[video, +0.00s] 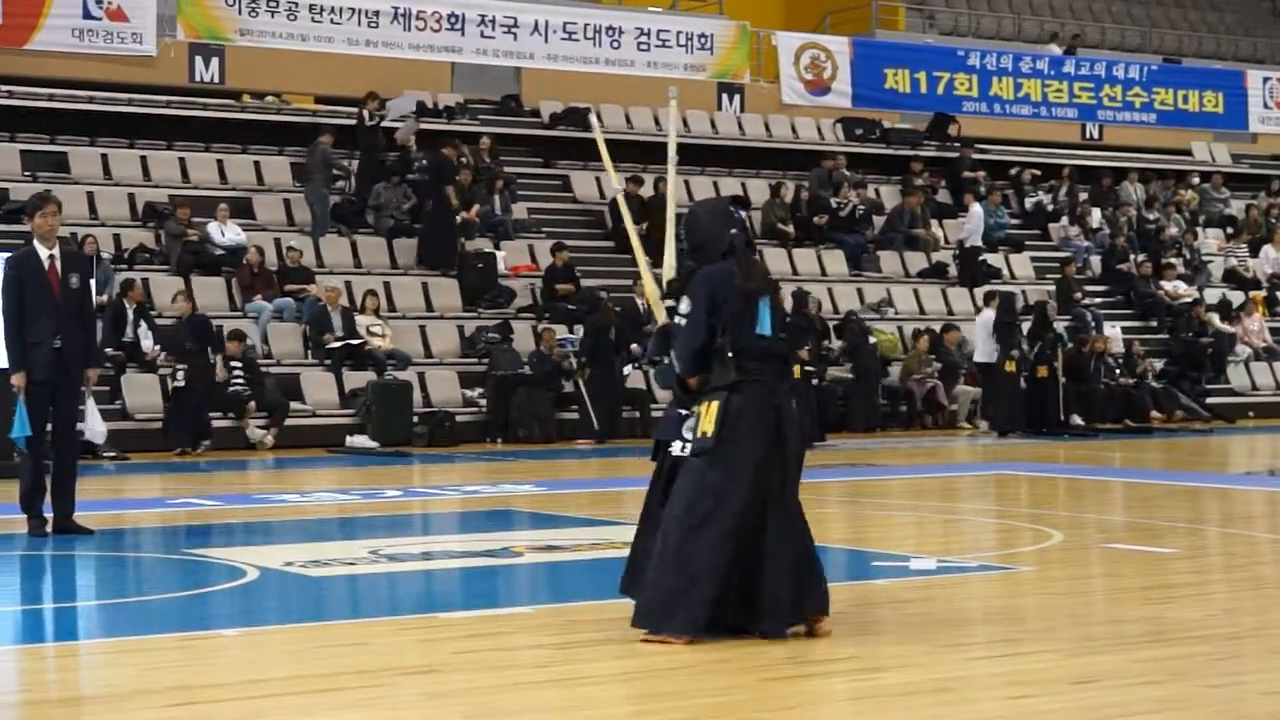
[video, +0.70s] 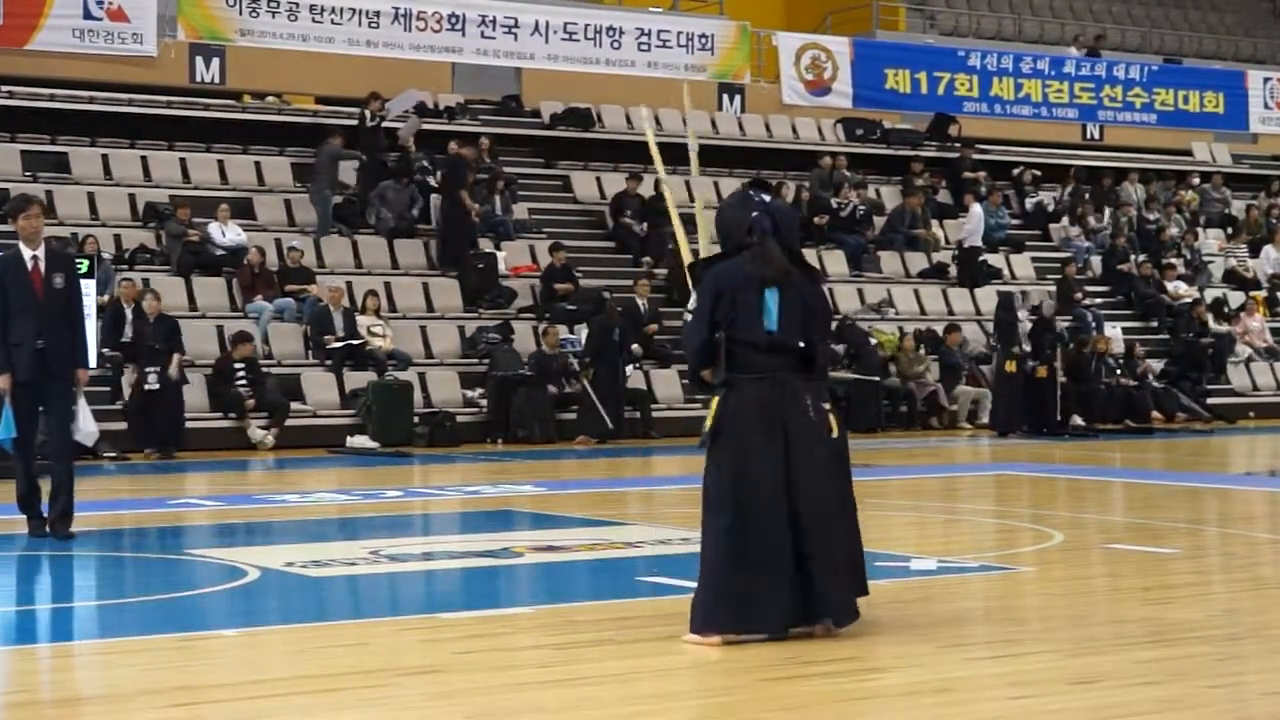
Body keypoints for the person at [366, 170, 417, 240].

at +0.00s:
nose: (398, 179)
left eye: (399, 177)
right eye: (395, 177)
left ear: (400, 178)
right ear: (390, 177)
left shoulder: (403, 187)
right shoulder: (379, 188)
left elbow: (414, 199)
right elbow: (370, 203)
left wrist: (407, 206)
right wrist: (380, 202)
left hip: (400, 215)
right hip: (384, 216)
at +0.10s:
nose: (398, 180)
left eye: (399, 177)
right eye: (396, 177)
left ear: (401, 178)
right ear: (390, 177)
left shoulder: (403, 187)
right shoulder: (379, 188)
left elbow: (414, 200)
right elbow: (368, 202)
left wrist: (407, 206)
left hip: (401, 215)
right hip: (385, 216)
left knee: (409, 229)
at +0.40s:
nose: (401, 181)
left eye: (401, 178)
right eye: (399, 178)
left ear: (403, 179)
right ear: (393, 178)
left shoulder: (405, 189)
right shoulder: (379, 188)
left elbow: (414, 201)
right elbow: (369, 202)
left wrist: (411, 207)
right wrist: (376, 212)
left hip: (401, 218)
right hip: (385, 218)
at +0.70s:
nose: (406, 181)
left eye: (408, 179)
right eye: (404, 179)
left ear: (409, 179)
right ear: (399, 178)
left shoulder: (411, 188)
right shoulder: (385, 186)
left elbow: (419, 200)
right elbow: (373, 197)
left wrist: (415, 210)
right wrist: (382, 211)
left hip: (404, 219)